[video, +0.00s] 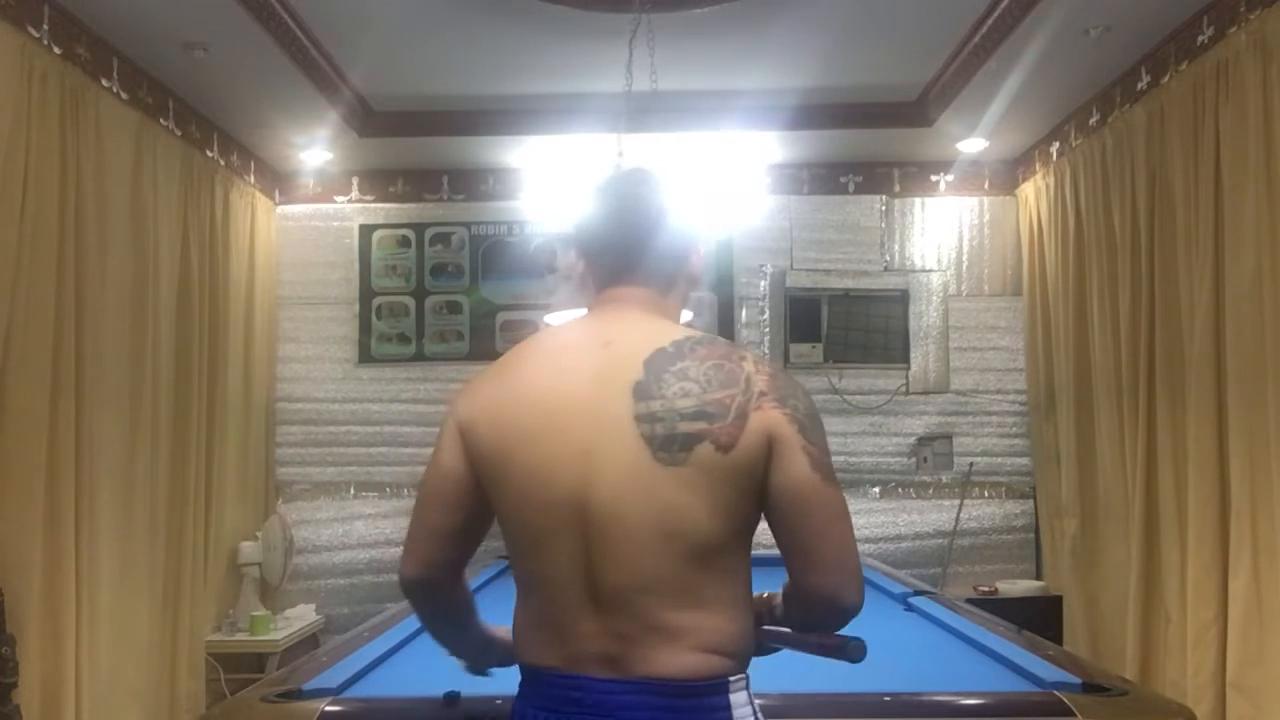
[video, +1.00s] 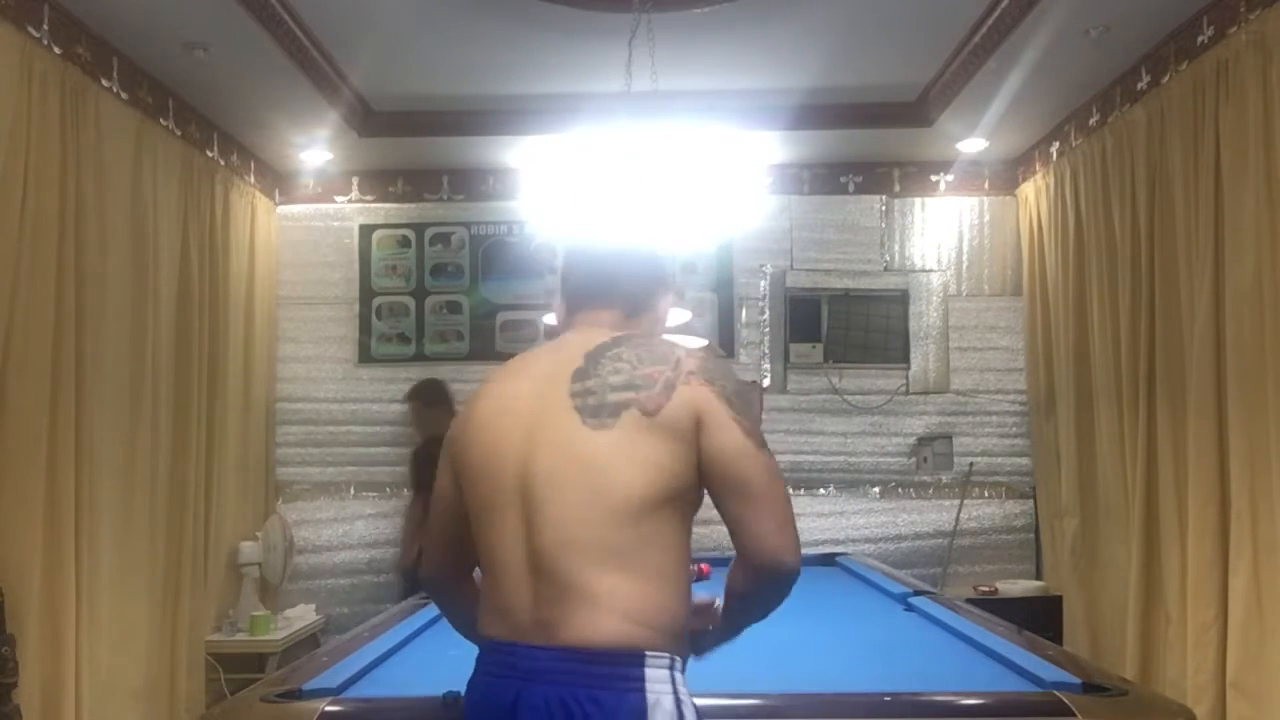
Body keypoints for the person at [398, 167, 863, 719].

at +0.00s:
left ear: (581, 264)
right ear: (693, 264)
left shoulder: (493, 388)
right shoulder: (758, 387)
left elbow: (425, 571)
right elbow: (834, 594)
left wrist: (477, 647)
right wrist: (775, 613)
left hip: (549, 699)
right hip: (700, 701)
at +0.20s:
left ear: (586, 260)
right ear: (702, 263)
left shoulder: (494, 387)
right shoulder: (759, 387)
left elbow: (441, 572)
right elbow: (826, 600)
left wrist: (514, 648)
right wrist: (759, 622)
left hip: (548, 702)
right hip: (704, 705)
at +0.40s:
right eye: (704, 261)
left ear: (582, 263)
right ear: (697, 265)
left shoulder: (492, 385)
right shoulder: (748, 385)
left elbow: (439, 563)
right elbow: (812, 596)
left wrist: (516, 639)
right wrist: (750, 623)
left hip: (538, 698)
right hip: (690, 702)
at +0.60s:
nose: (689, 285)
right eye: (689, 271)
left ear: (570, 268)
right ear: (682, 274)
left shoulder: (486, 387)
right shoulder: (731, 383)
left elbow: (436, 563)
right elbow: (793, 587)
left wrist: (516, 635)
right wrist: (729, 626)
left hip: (523, 698)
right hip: (670, 702)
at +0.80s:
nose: (680, 291)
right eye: (681, 277)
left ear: (566, 277)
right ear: (674, 284)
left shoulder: (481, 390)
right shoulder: (715, 381)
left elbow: (435, 564)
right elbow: (775, 576)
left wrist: (511, 638)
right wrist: (734, 615)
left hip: (512, 695)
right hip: (656, 698)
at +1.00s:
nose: (670, 317)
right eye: (669, 307)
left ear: (563, 304)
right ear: (658, 304)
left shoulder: (488, 395)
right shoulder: (684, 380)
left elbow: (439, 570)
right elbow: (774, 556)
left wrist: (508, 638)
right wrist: (719, 624)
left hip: (498, 690)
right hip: (632, 694)